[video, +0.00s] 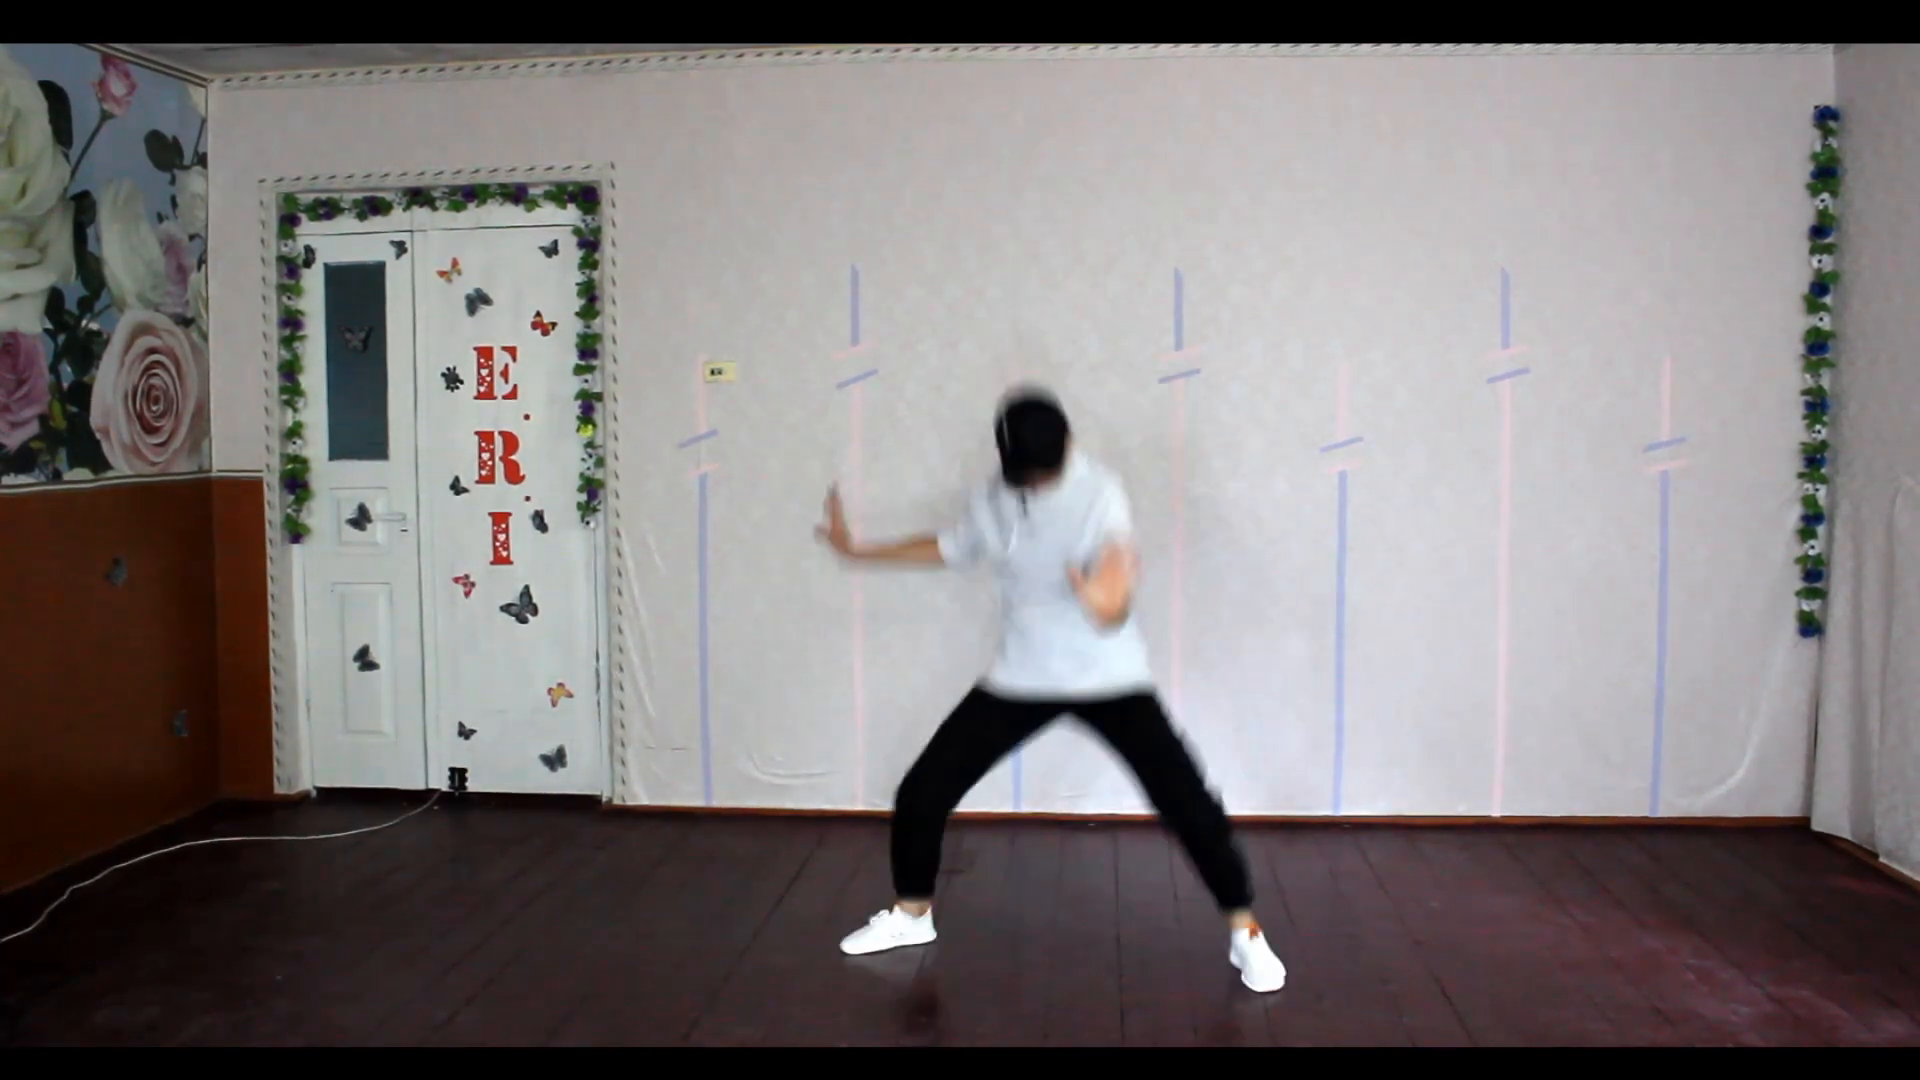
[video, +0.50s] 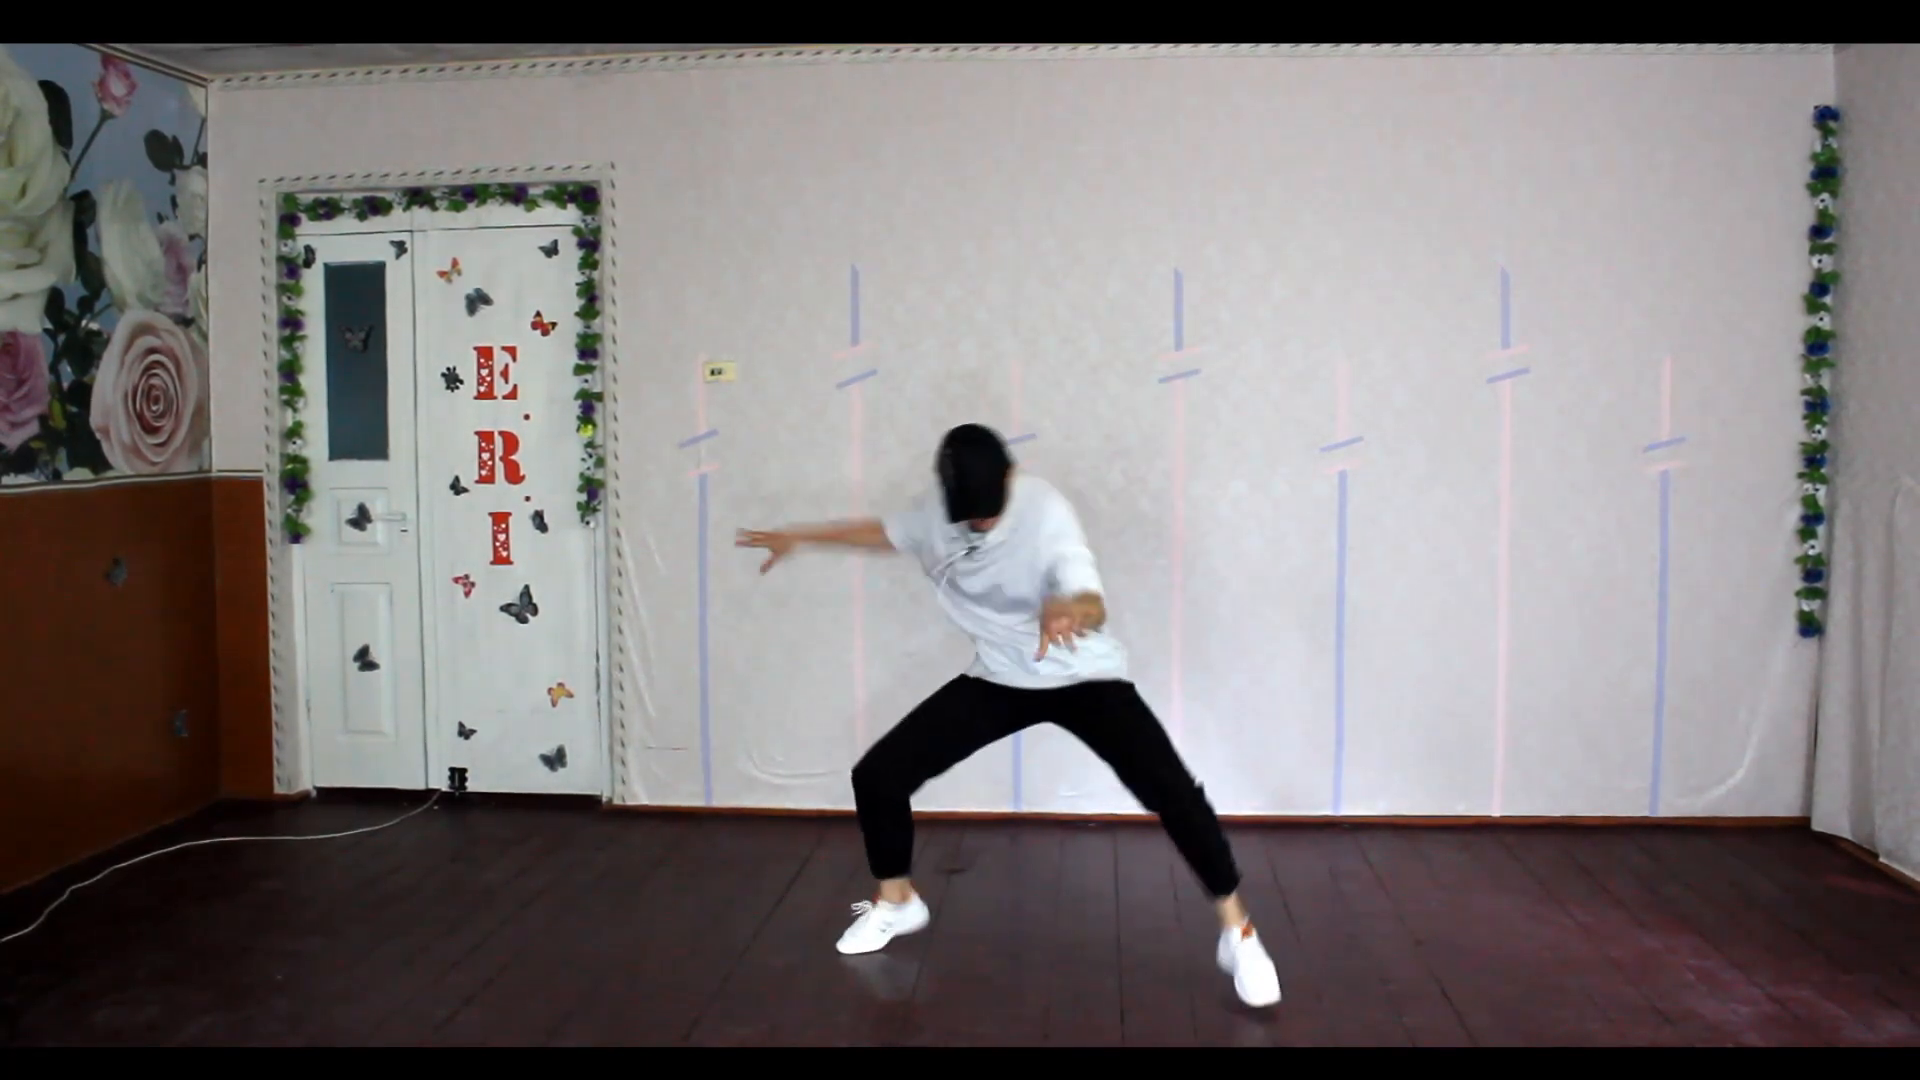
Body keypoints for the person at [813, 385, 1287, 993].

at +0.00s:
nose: (1036, 486)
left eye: (1045, 475)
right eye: (1025, 477)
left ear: (1064, 455)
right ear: (1006, 460)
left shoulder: (1099, 494)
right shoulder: (995, 500)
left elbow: (1116, 595)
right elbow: (949, 548)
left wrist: (1102, 599)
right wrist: (858, 552)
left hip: (1110, 680)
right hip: (1021, 680)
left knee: (1187, 801)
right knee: (922, 794)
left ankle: (1246, 931)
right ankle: (912, 913)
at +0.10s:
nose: (1046, 541)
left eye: (1055, 530)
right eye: (1035, 531)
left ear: (1074, 505)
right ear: (1014, 507)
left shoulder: (1099, 530)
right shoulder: (992, 524)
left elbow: (1095, 635)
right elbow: (937, 563)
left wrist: (1073, 644)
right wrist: (847, 585)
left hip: (1099, 707)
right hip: (1009, 702)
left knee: (1176, 826)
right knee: (894, 803)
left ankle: (1243, 936)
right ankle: (909, 913)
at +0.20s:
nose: (998, 534)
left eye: (1006, 524)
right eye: (986, 526)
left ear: (1023, 500)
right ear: (966, 506)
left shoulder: (1054, 516)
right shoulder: (943, 524)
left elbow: (1083, 596)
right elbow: (879, 526)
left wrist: (1064, 611)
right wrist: (808, 525)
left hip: (1088, 698)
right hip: (999, 696)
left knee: (1183, 803)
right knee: (871, 773)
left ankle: (1247, 920)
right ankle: (888, 896)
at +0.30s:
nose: (965, 540)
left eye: (971, 528)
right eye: (952, 533)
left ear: (988, 496)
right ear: (929, 512)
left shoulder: (1025, 515)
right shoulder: (922, 516)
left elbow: (1074, 585)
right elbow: (861, 507)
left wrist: (1055, 595)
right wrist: (783, 495)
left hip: (1085, 689)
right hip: (997, 688)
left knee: (1184, 800)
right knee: (874, 773)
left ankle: (1245, 927)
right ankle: (889, 896)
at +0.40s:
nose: (960, 536)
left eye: (968, 524)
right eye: (948, 529)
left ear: (988, 491)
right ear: (925, 506)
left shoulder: (1022, 509)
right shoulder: (917, 516)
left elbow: (1078, 590)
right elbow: (859, 511)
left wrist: (1049, 594)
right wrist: (780, 504)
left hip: (1084, 680)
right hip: (995, 683)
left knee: (1186, 787)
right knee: (875, 770)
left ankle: (1244, 917)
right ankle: (888, 896)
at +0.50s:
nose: (982, 527)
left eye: (991, 516)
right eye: (969, 519)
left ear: (1007, 486)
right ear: (947, 499)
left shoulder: (1045, 511)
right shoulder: (930, 522)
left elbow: (1090, 603)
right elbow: (877, 535)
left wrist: (1061, 611)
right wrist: (795, 537)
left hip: (1085, 682)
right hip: (996, 682)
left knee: (1174, 794)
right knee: (879, 775)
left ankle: (1237, 929)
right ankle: (896, 901)